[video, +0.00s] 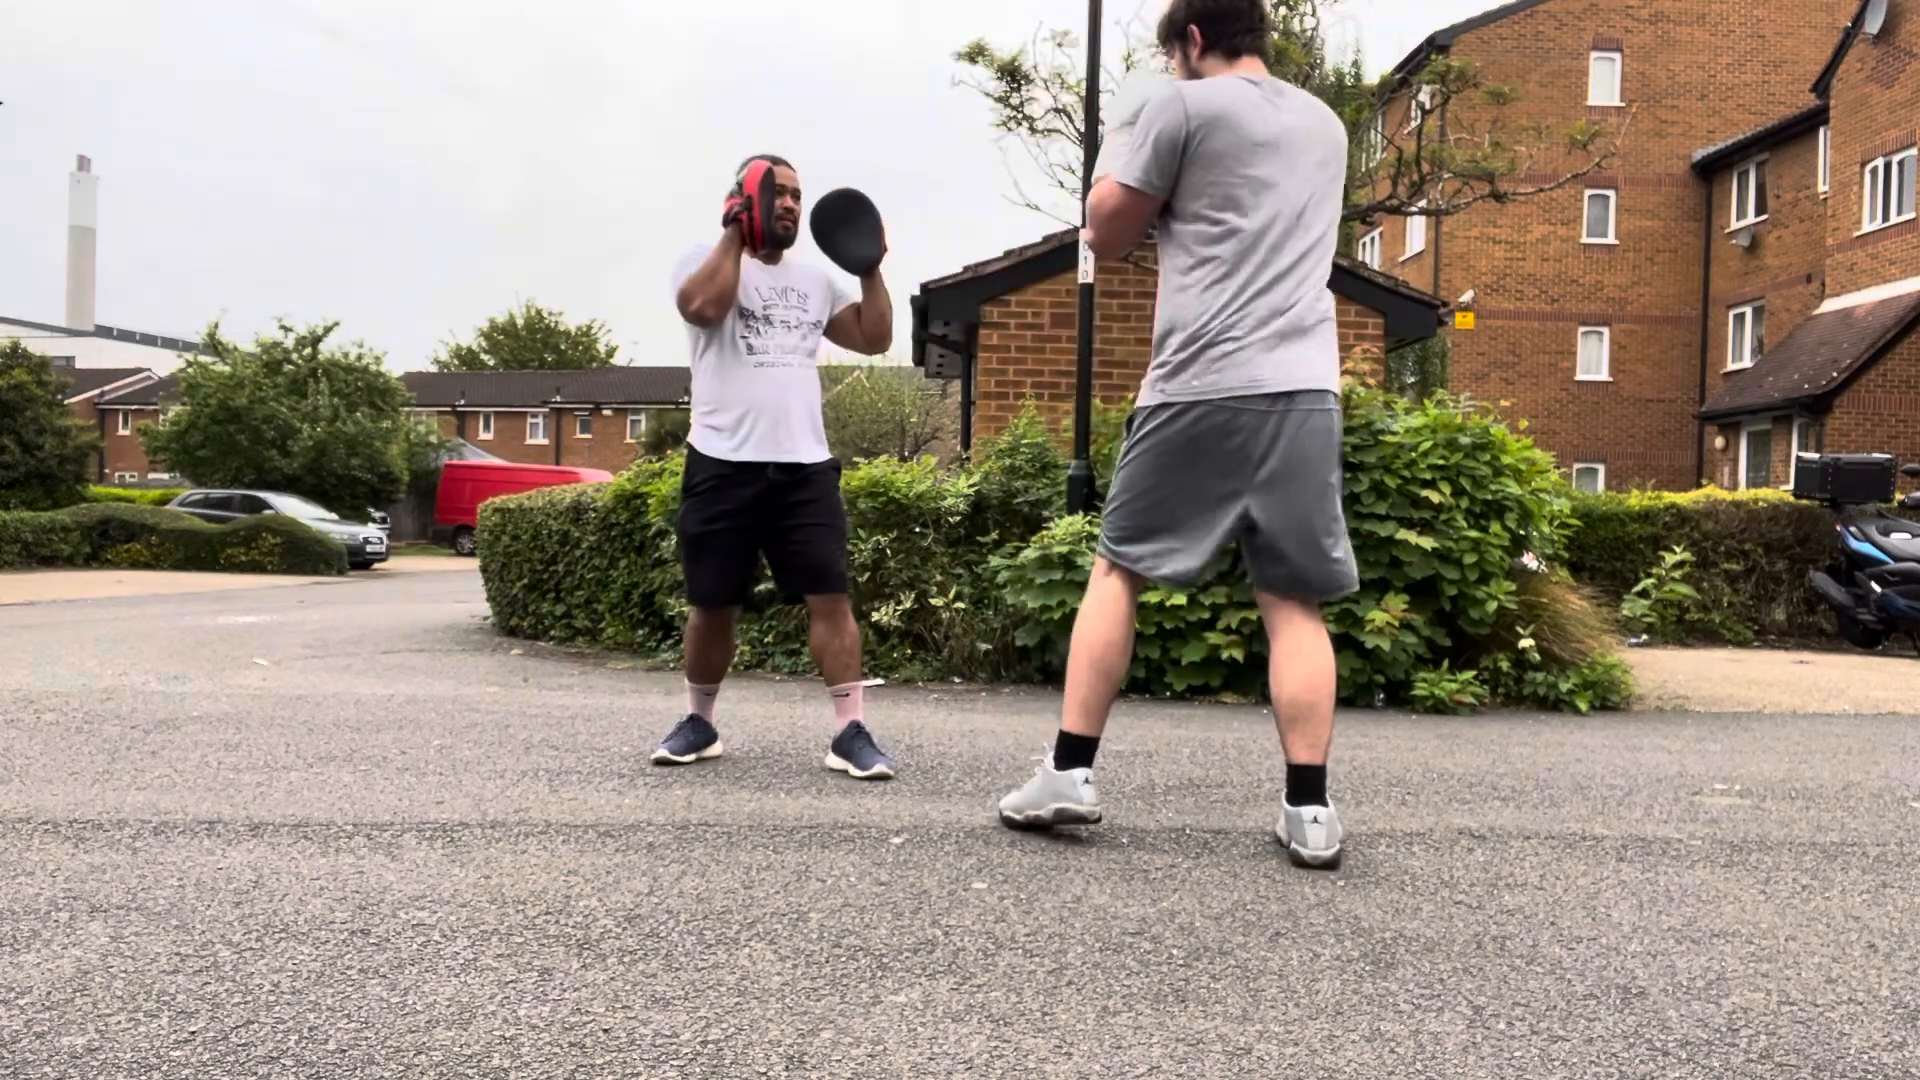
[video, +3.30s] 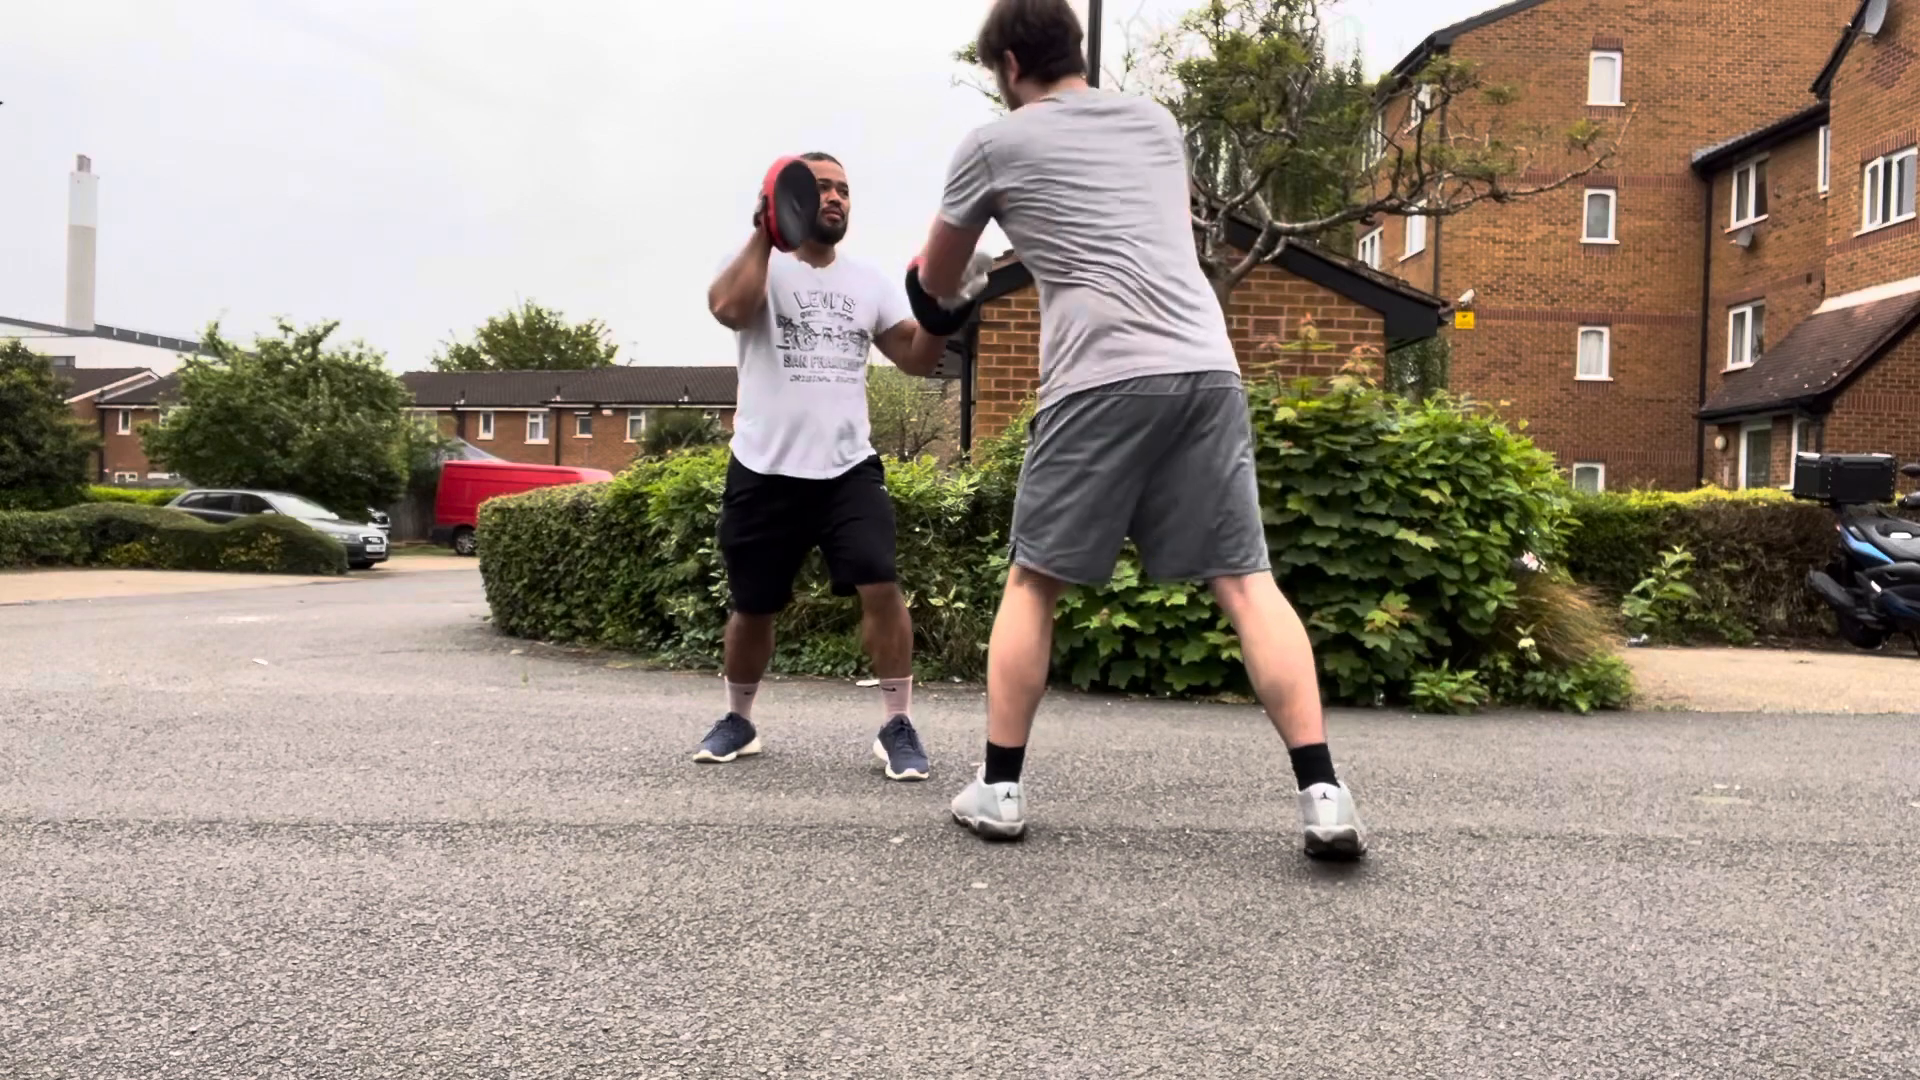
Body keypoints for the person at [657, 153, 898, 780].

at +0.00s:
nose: (789, 203)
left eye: (796, 195)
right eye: (777, 192)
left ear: (801, 209)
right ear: (743, 202)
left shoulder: (814, 279)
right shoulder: (704, 264)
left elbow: (874, 338)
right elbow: (704, 307)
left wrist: (872, 268)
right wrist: (732, 231)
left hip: (805, 464)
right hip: (722, 463)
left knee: (830, 592)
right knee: (710, 601)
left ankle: (851, 728)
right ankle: (699, 722)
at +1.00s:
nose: (828, 194)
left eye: (834, 187)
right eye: (813, 184)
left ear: (843, 201)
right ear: (778, 198)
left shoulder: (858, 278)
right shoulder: (743, 261)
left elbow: (907, 358)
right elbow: (719, 314)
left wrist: (926, 297)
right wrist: (780, 254)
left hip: (838, 464)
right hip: (753, 461)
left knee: (871, 592)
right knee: (727, 603)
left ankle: (890, 729)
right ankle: (700, 721)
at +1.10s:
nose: (849, 191)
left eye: (856, 184)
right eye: (834, 180)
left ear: (864, 202)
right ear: (799, 195)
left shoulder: (891, 265)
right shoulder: (764, 270)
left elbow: (981, 274)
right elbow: (731, 351)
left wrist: (1006, 211)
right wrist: (795, 301)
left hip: (856, 466)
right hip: (768, 464)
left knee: (881, 591)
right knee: (734, 600)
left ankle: (892, 730)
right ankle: (700, 719)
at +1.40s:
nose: (892, 189)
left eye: (899, 181)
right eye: (877, 178)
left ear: (906, 196)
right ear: (841, 187)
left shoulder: (926, 268)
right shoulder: (806, 259)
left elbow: (993, 325)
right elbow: (749, 324)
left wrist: (1017, 275)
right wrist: (791, 256)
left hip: (883, 462)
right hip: (796, 455)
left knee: (896, 595)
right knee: (751, 589)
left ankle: (893, 730)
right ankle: (702, 710)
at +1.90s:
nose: (842, 203)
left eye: (852, 196)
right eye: (829, 191)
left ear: (861, 210)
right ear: (797, 200)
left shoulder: (885, 284)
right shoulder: (755, 277)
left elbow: (940, 347)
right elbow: (716, 367)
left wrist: (995, 348)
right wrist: (753, 310)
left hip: (851, 468)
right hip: (768, 466)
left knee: (874, 592)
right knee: (750, 599)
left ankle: (891, 730)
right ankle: (736, 719)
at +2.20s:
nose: (806, 205)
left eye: (814, 197)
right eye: (792, 195)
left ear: (824, 208)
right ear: (759, 205)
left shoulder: (853, 270)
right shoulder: (735, 275)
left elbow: (923, 321)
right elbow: (693, 360)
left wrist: (938, 287)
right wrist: (731, 297)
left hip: (834, 461)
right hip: (751, 465)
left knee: (862, 591)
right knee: (744, 599)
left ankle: (891, 729)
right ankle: (735, 720)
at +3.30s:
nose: (835, 198)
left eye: (843, 189)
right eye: (821, 188)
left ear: (851, 205)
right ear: (789, 201)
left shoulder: (871, 280)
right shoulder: (756, 267)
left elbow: (919, 359)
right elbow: (729, 309)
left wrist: (950, 311)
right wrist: (765, 229)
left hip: (849, 468)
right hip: (764, 468)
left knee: (880, 584)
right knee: (752, 605)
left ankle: (898, 724)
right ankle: (737, 719)